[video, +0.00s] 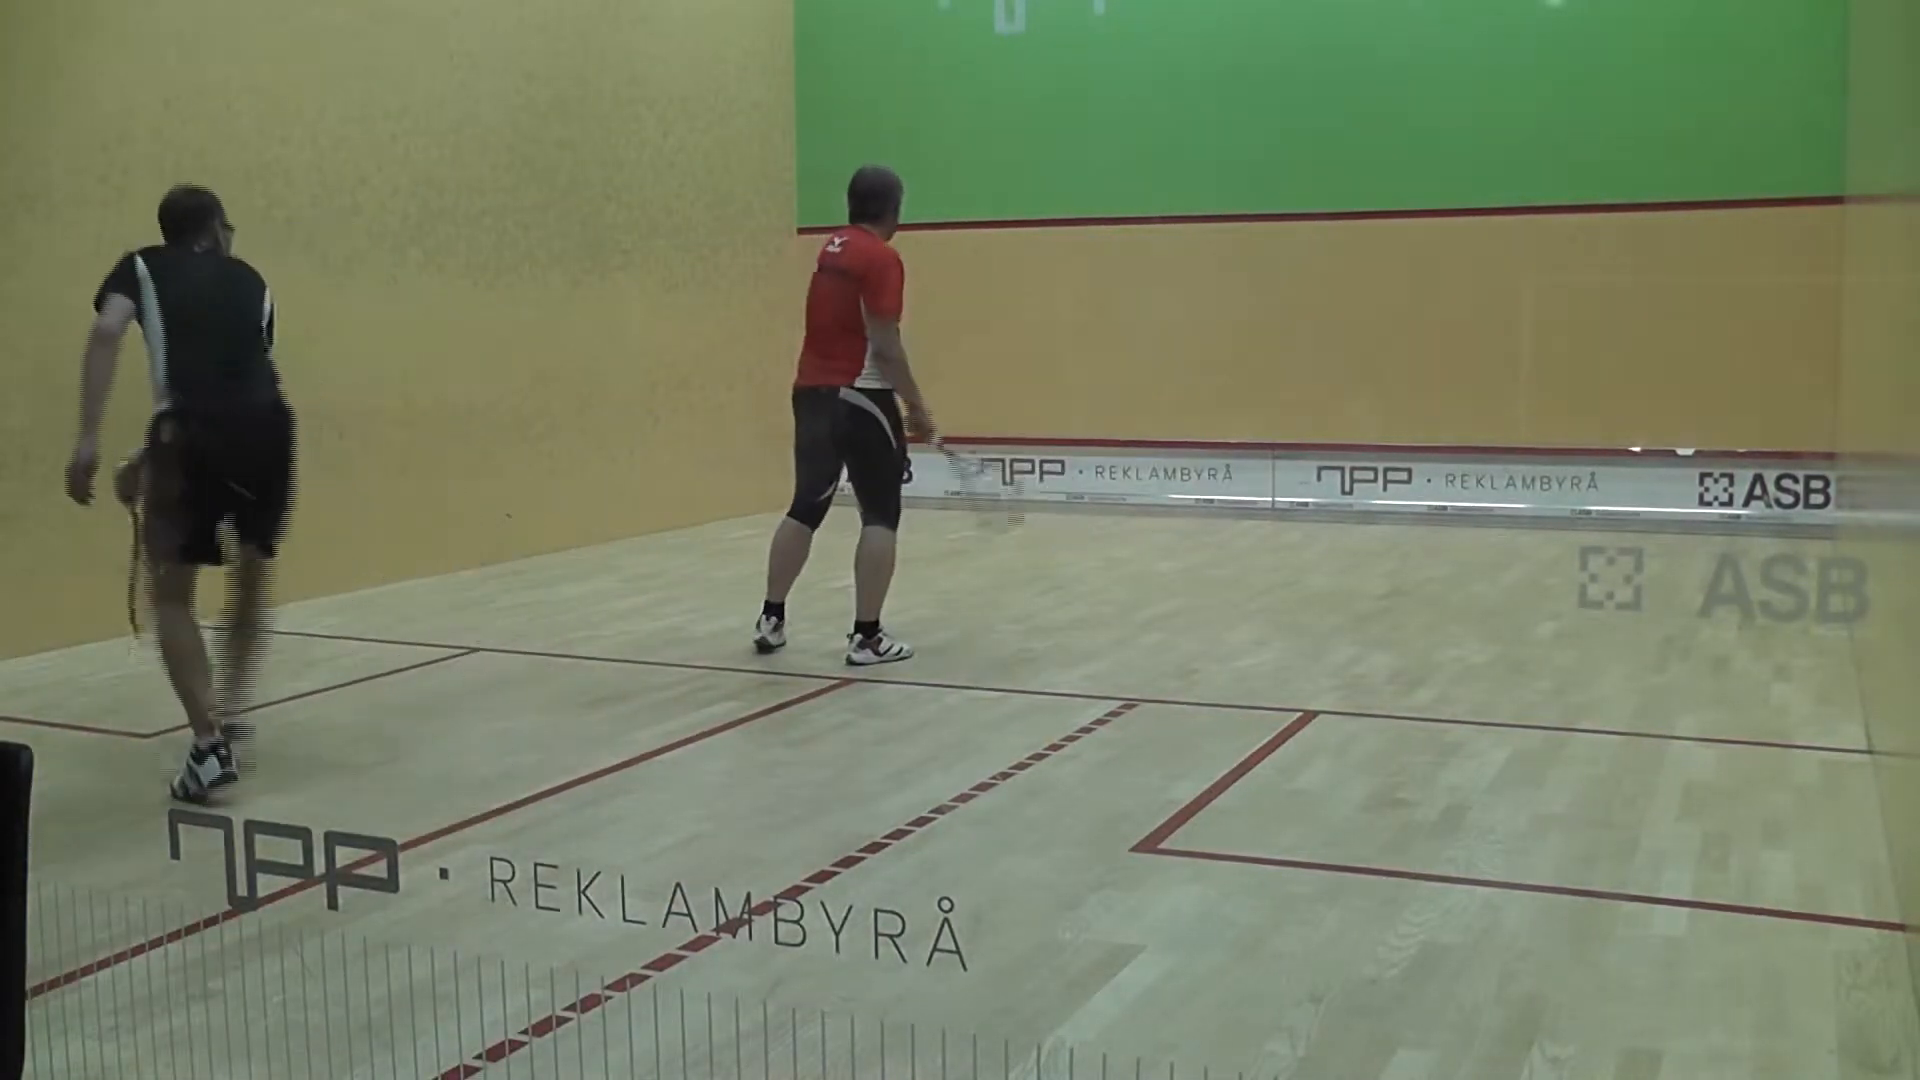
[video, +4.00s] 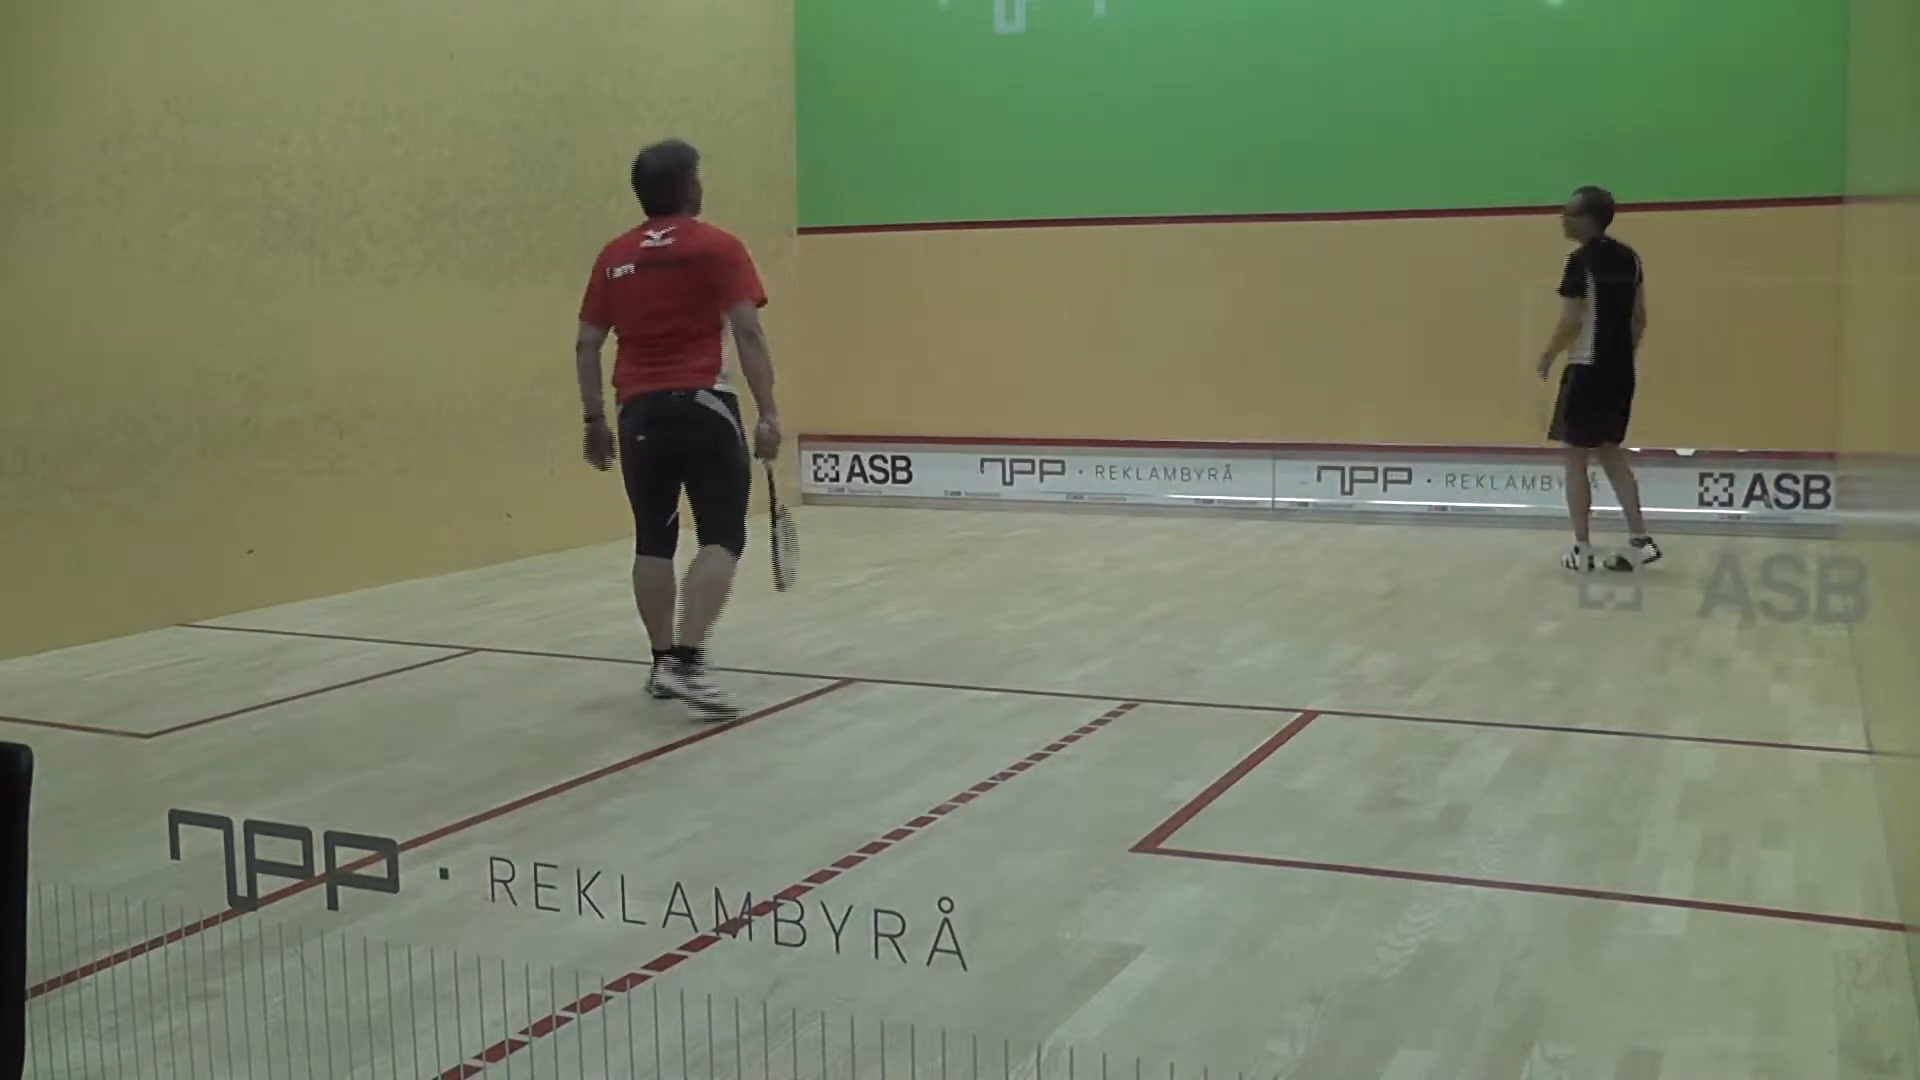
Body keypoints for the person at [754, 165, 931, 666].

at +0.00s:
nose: (900, 214)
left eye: (893, 205)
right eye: (900, 207)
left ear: (851, 207)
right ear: (895, 210)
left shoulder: (832, 248)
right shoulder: (881, 260)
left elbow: (845, 336)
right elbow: (885, 347)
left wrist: (893, 404)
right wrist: (917, 405)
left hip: (812, 395)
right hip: (861, 399)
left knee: (806, 506)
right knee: (880, 516)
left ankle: (770, 619)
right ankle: (867, 636)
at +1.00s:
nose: (942, 268)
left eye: (945, 259)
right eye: (938, 258)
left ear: (905, 251)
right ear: (909, 251)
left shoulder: (883, 280)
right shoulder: (868, 301)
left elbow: (879, 341)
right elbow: (864, 398)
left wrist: (907, 375)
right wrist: (921, 439)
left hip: (831, 411)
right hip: (829, 417)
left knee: (834, 515)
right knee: (901, 513)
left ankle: (751, 591)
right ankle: (906, 636)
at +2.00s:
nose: (812, 215)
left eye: (812, 205)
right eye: (809, 205)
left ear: (762, 205)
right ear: (791, 206)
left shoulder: (725, 257)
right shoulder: (801, 260)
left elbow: (715, 338)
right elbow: (826, 346)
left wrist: (741, 382)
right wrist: (849, 408)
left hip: (733, 400)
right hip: (786, 398)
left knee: (742, 506)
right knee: (821, 504)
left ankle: (735, 623)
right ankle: (817, 626)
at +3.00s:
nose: (826, 218)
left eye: (825, 208)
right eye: (824, 208)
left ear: (771, 212)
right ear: (813, 211)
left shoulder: (743, 259)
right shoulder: (812, 265)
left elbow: (715, 337)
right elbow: (836, 348)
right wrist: (862, 413)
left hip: (719, 410)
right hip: (775, 410)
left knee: (727, 523)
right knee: (834, 516)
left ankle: (692, 646)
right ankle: (842, 644)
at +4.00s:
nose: (702, 187)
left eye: (697, 178)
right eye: (697, 179)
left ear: (645, 195)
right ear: (688, 189)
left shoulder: (615, 254)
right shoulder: (718, 246)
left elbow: (586, 344)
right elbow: (747, 330)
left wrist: (593, 417)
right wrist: (767, 410)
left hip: (639, 416)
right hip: (705, 411)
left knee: (653, 541)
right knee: (721, 539)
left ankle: (664, 664)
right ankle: (685, 661)